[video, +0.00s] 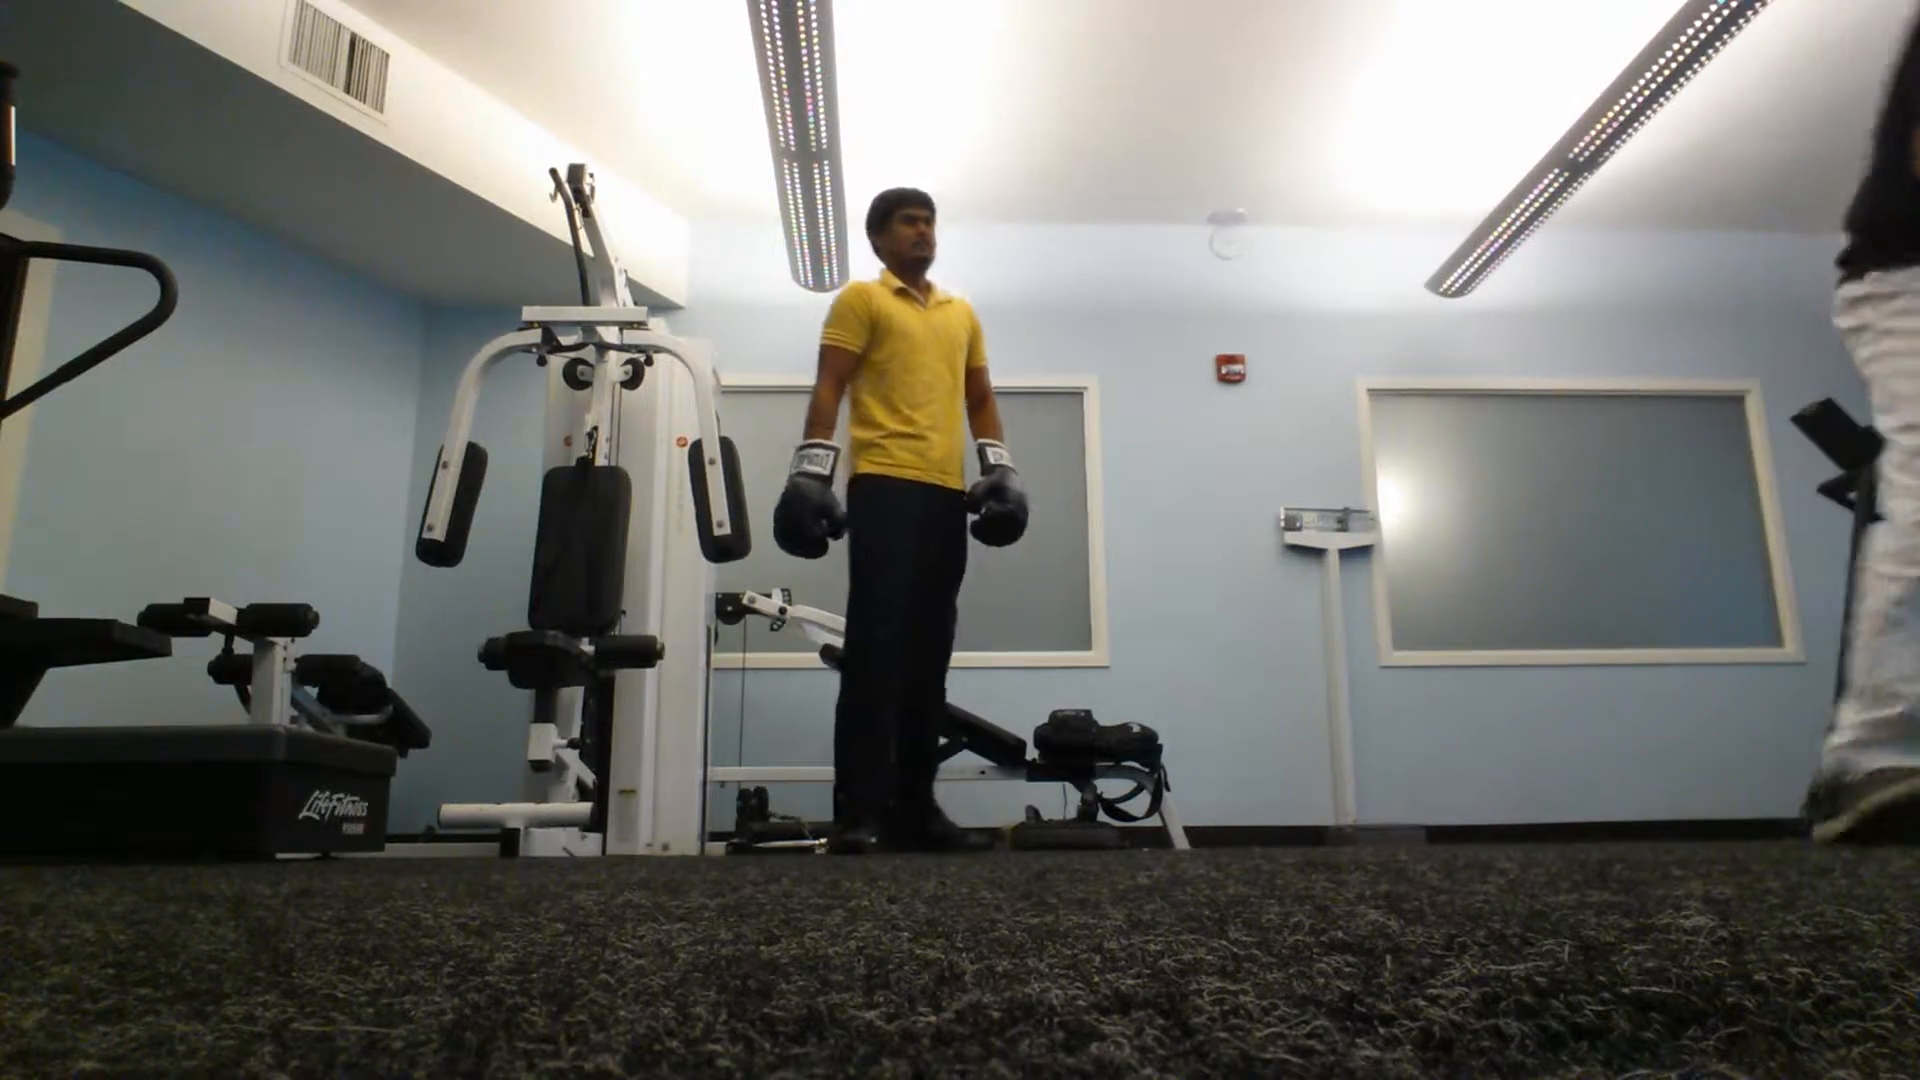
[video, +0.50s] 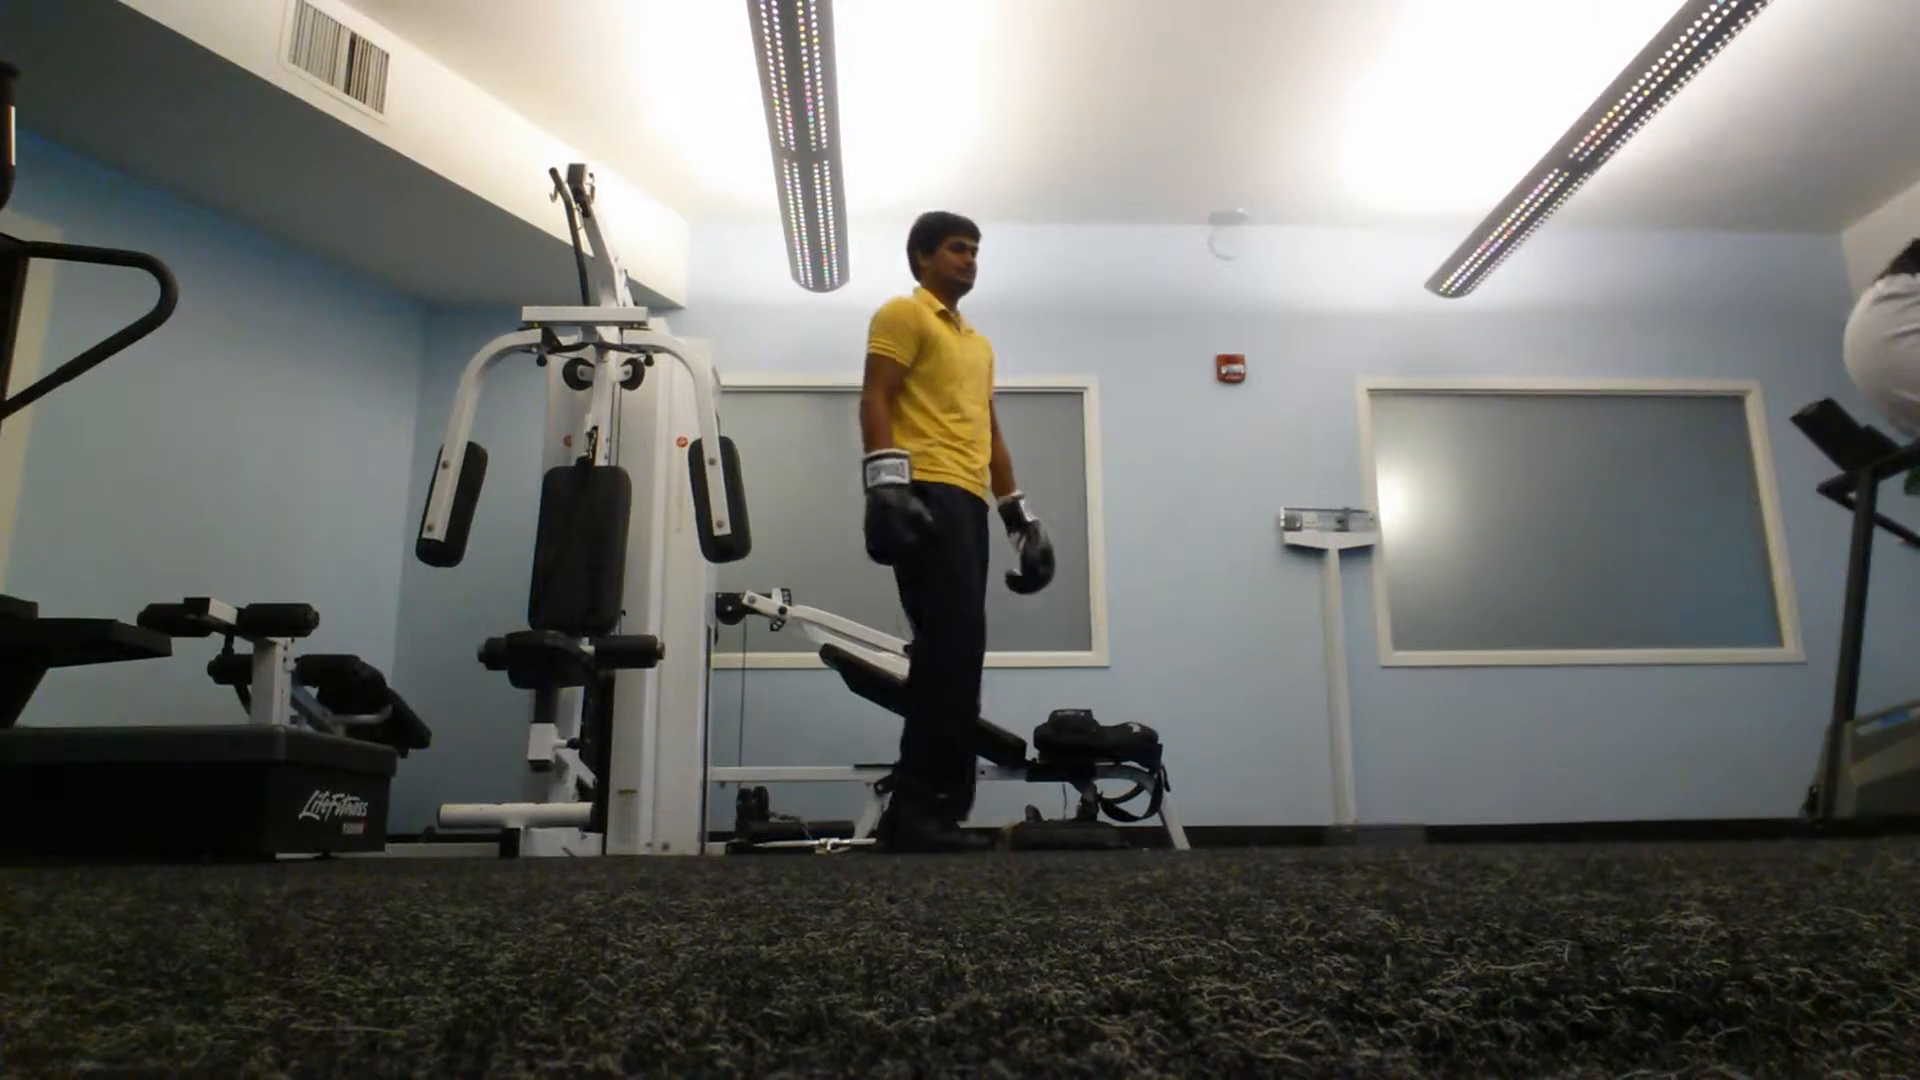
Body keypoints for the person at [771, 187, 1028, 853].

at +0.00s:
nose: (923, 232)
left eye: (929, 222)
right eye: (909, 222)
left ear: (937, 234)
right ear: (878, 237)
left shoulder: (959, 312)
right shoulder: (861, 300)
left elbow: (981, 396)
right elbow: (830, 386)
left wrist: (998, 469)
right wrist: (811, 473)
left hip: (945, 495)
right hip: (884, 489)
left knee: (927, 651)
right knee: (876, 649)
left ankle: (914, 811)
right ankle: (860, 815)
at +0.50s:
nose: (971, 260)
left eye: (975, 252)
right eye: (959, 250)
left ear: (975, 264)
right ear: (923, 256)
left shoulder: (978, 344)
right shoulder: (904, 314)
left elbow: (989, 432)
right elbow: (876, 396)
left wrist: (1020, 517)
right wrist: (886, 482)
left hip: (969, 504)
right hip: (926, 496)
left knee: (960, 649)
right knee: (949, 646)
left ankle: (937, 810)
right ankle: (917, 812)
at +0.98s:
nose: (1000, 262)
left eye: (1005, 255)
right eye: (990, 251)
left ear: (1002, 264)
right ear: (955, 253)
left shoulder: (985, 335)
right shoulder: (935, 310)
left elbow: (983, 430)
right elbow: (909, 393)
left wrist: (1004, 522)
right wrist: (930, 473)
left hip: (977, 506)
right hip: (945, 499)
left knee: (956, 651)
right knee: (964, 648)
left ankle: (911, 808)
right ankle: (1001, 809)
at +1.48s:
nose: (1023, 226)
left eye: (1031, 220)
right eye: (1011, 214)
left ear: (1036, 233)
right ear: (980, 220)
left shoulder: (1005, 297)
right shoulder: (969, 278)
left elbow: (1012, 402)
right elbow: (945, 368)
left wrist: (1055, 483)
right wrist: (960, 459)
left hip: (1006, 486)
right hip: (983, 481)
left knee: (1009, 647)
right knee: (1010, 644)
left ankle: (928, 794)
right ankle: (1008, 810)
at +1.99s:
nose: (1035, 209)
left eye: (1044, 202)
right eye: (1022, 197)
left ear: (1050, 217)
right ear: (990, 205)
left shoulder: (1034, 291)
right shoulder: (962, 265)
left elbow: (1036, 385)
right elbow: (907, 353)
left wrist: (1059, 466)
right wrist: (936, 400)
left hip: (1042, 470)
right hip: (995, 466)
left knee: (1061, 634)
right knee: (1011, 627)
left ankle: (1009, 793)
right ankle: (995, 803)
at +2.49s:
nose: (1026, 223)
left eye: (1035, 216)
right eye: (1013, 213)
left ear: (1044, 232)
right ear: (984, 229)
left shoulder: (1043, 310)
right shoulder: (979, 284)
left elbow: (1064, 405)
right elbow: (954, 375)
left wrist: (1135, 419)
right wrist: (1027, 387)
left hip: (1041, 477)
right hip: (999, 473)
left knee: (1043, 635)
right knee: (1010, 633)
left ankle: (1020, 804)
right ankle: (1000, 809)